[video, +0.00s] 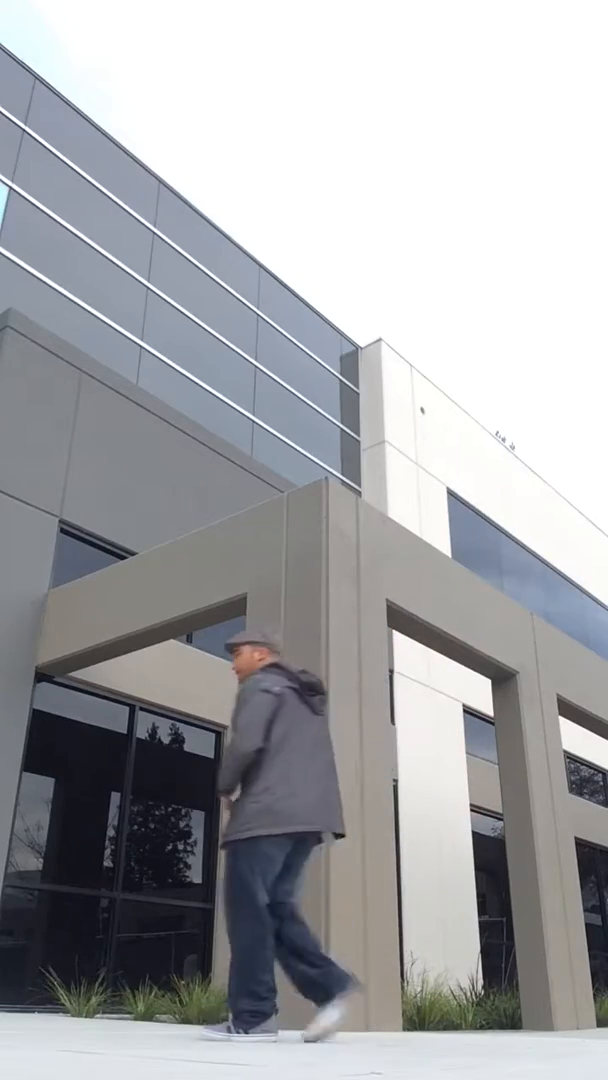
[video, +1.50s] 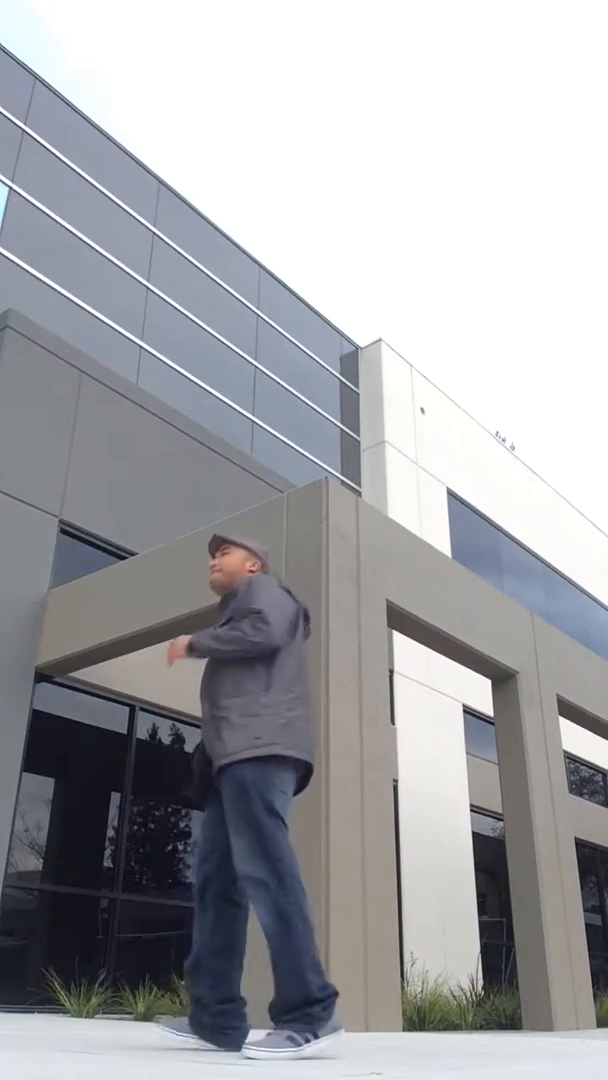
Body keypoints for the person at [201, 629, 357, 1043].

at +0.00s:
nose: (232, 663)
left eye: (237, 653)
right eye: (232, 655)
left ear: (262, 653)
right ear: (266, 655)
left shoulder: (262, 685)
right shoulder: (302, 688)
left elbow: (246, 744)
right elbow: (304, 755)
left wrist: (224, 785)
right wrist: (250, 794)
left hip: (271, 809)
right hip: (310, 811)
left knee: (246, 909)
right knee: (277, 906)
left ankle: (251, 1017)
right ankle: (333, 989)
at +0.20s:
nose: (213, 659)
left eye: (217, 651)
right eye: (214, 651)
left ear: (237, 650)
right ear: (248, 652)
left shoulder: (227, 681)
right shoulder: (288, 690)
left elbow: (197, 733)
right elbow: (314, 743)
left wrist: (177, 773)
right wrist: (327, 798)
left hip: (243, 805)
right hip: (290, 806)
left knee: (232, 905)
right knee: (234, 901)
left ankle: (254, 1016)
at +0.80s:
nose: (188, 644)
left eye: (192, 636)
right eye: (190, 637)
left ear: (210, 639)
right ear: (232, 643)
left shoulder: (188, 670)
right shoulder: (262, 689)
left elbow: (161, 735)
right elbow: (283, 753)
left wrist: (150, 801)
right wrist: (250, 796)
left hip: (192, 798)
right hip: (245, 806)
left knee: (174, 905)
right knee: (232, 904)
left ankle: (194, 1014)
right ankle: (286, 996)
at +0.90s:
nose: (189, 631)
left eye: (195, 624)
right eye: (192, 624)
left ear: (215, 628)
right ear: (234, 634)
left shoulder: (195, 655)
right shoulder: (261, 676)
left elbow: (177, 710)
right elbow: (274, 746)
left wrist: (171, 768)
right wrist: (236, 774)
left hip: (195, 789)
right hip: (248, 799)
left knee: (176, 901)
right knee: (225, 893)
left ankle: (193, 1014)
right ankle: (270, 974)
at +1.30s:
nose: (204, 594)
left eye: (212, 584)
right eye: (206, 585)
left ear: (239, 589)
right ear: (243, 593)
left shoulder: (237, 614)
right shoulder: (267, 631)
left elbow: (231, 673)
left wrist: (180, 735)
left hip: (231, 763)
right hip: (270, 769)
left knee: (192, 871)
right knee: (235, 887)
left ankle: (261, 961)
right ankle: (223, 1018)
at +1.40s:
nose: (207, 577)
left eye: (215, 566)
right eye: (207, 570)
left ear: (247, 572)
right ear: (245, 576)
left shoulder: (249, 597)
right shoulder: (268, 617)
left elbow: (245, 646)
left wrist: (180, 677)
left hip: (243, 753)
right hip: (263, 757)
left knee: (240, 872)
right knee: (220, 883)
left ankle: (296, 1005)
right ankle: (224, 1025)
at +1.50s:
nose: (211, 563)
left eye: (221, 554)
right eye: (210, 557)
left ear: (253, 562)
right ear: (227, 570)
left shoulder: (263, 589)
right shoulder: (236, 614)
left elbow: (267, 633)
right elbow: (241, 699)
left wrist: (196, 643)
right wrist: (215, 757)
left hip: (258, 751)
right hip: (230, 758)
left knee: (268, 879)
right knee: (216, 885)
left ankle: (309, 1016)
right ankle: (215, 1021)